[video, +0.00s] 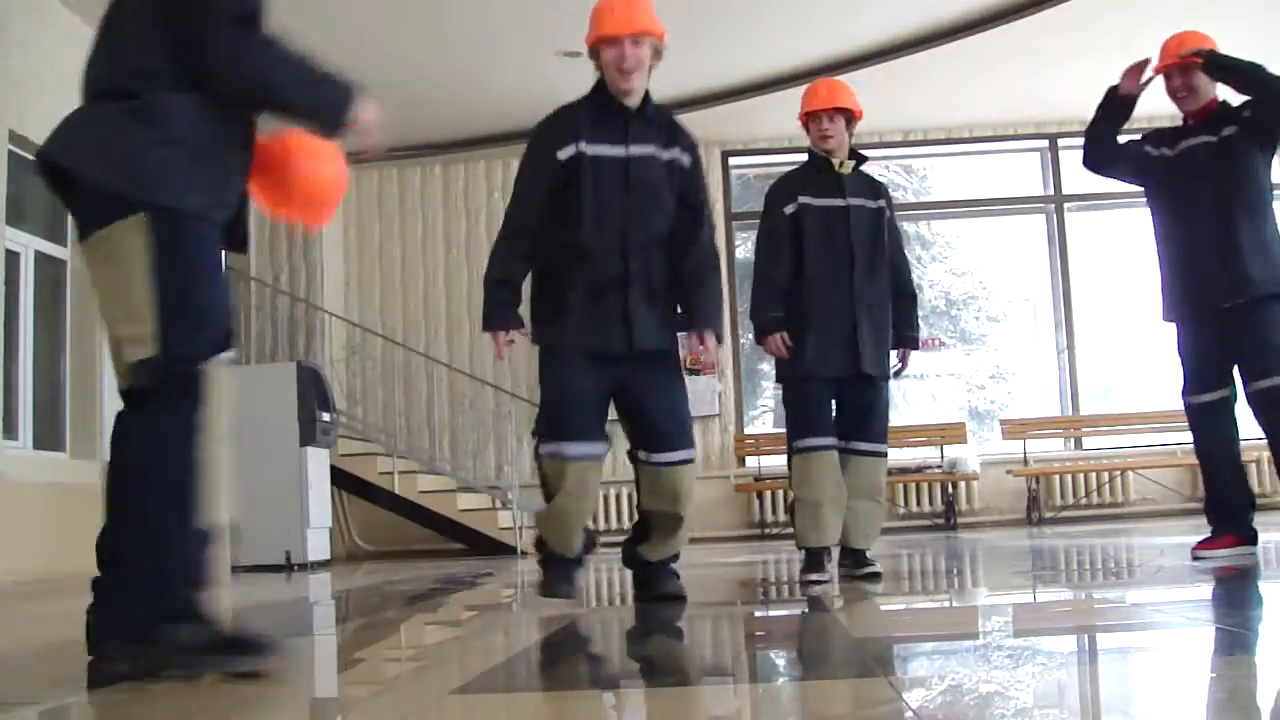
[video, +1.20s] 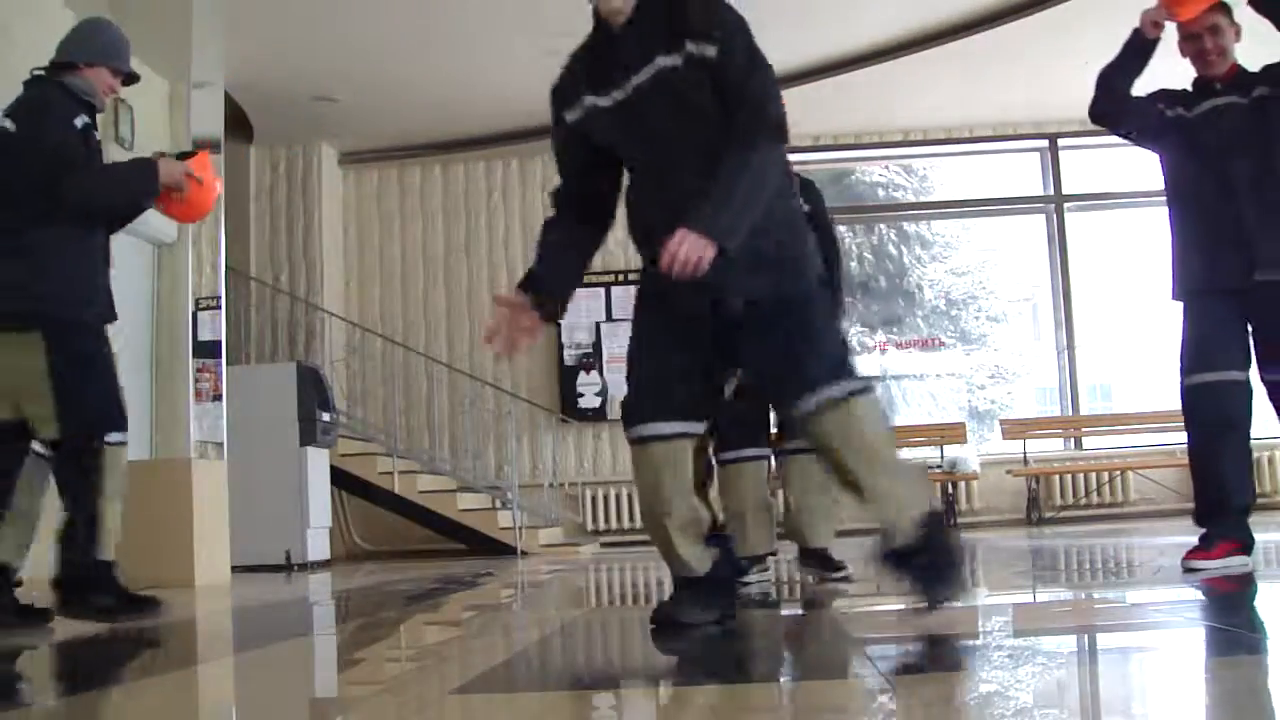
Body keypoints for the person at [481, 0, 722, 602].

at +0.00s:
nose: (627, 55)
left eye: (638, 42)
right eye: (614, 43)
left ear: (656, 50)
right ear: (595, 52)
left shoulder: (675, 141)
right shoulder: (559, 132)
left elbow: (696, 237)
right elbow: (521, 223)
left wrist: (703, 318)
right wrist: (502, 300)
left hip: (652, 329)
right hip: (572, 328)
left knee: (670, 464)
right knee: (571, 462)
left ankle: (655, 562)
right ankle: (562, 553)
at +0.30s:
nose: (585, 38)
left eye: (596, 24)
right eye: (571, 28)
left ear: (620, 29)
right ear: (557, 40)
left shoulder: (672, 108)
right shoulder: (540, 131)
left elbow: (709, 191)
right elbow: (516, 208)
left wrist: (689, 268)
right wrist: (476, 241)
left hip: (669, 310)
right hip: (590, 319)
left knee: (695, 444)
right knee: (613, 451)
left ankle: (670, 546)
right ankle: (623, 577)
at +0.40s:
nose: (569, 28)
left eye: (579, 13)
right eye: (554, 20)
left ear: (606, 14)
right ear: (542, 32)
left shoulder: (662, 92)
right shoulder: (534, 120)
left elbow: (705, 193)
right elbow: (490, 190)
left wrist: (705, 287)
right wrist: (453, 155)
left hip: (672, 310)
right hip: (588, 321)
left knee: (697, 463)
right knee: (605, 475)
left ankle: (709, 526)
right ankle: (624, 608)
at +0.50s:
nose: (546, 5)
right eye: (538, 2)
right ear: (536, 11)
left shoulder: (656, 56)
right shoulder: (533, 80)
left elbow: (703, 165)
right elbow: (462, 108)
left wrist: (724, 267)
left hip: (665, 284)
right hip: (584, 295)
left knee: (670, 417)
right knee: (587, 448)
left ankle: (736, 546)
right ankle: (628, 581)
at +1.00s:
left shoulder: (672, 4)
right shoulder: (548, 53)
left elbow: (747, 69)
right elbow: (525, 137)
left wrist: (724, 174)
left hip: (718, 236)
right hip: (645, 253)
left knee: (681, 402)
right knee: (631, 423)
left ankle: (673, 582)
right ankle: (713, 563)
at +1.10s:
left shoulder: (690, 6)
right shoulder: (557, 65)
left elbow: (754, 94)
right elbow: (556, 166)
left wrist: (707, 191)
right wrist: (505, 238)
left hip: (755, 231)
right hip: (665, 248)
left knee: (761, 394)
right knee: (660, 419)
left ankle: (784, 568)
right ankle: (701, 578)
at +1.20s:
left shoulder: (701, 16)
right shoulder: (578, 87)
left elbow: (762, 131)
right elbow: (584, 200)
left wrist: (710, 224)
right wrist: (540, 294)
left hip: (764, 246)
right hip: (673, 268)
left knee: (825, 396)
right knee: (655, 427)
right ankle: (702, 577)